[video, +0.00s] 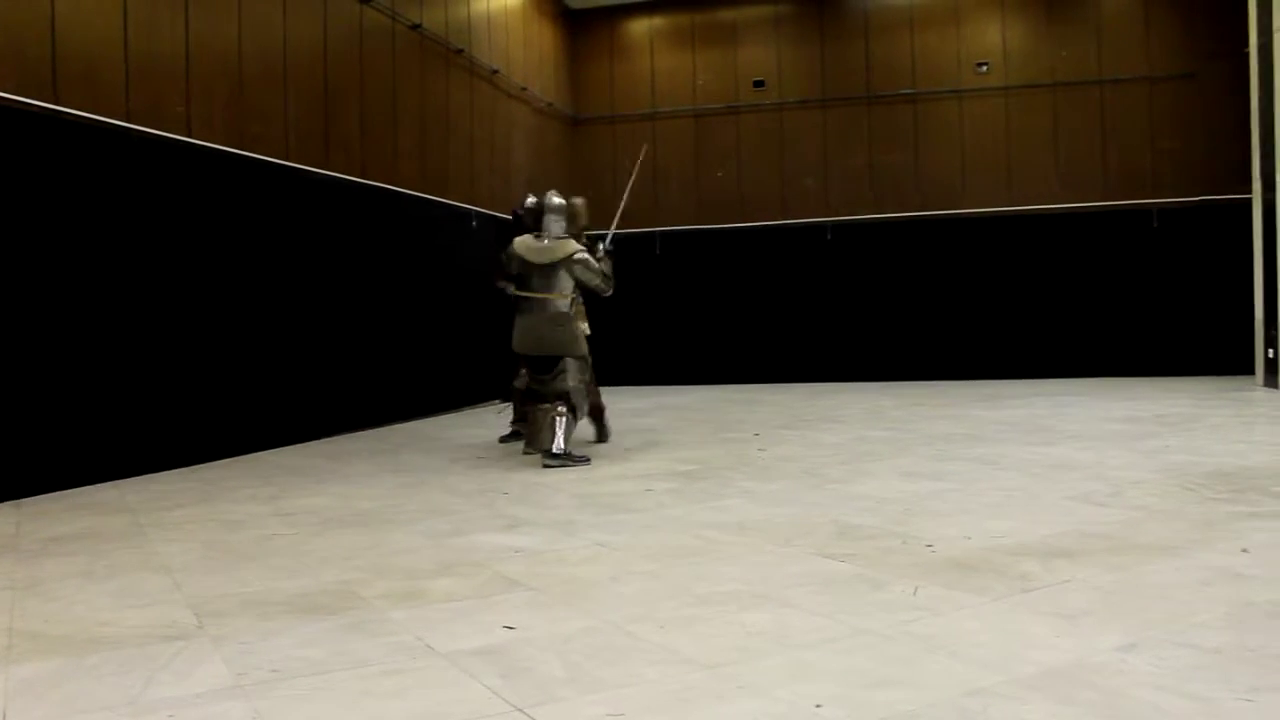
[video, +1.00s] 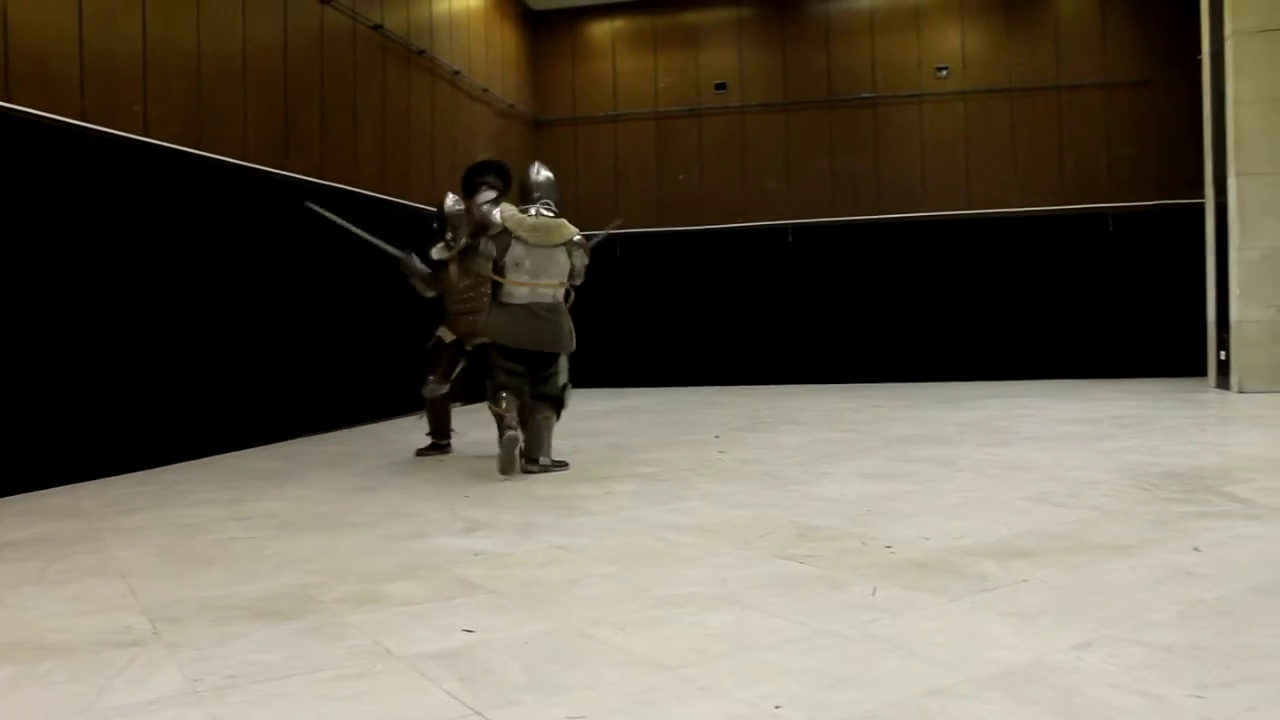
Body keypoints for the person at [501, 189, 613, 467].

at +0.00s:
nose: (561, 223)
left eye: (553, 218)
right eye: (564, 219)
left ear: (542, 218)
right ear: (568, 220)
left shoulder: (520, 249)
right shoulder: (571, 253)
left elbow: (505, 274)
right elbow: (603, 285)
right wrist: (603, 257)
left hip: (528, 331)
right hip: (561, 331)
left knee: (537, 380)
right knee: (573, 387)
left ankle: (534, 439)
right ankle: (558, 448)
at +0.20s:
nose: (530, 225)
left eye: (535, 219)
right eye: (527, 219)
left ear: (545, 221)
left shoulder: (509, 248)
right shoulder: (558, 248)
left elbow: (504, 271)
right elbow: (591, 256)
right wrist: (585, 227)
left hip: (523, 326)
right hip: (553, 325)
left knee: (527, 382)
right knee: (559, 383)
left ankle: (528, 438)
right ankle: (545, 445)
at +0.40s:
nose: (547, 203)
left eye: (541, 200)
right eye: (549, 198)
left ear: (524, 204)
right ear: (554, 202)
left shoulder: (510, 234)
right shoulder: (565, 231)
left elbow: (505, 259)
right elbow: (595, 250)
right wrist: (574, 210)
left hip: (523, 315)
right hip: (561, 315)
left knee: (524, 375)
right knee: (573, 372)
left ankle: (523, 439)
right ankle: (548, 445)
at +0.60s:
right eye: (559, 206)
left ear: (533, 209)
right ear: (562, 208)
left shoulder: (514, 240)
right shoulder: (575, 241)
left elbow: (490, 255)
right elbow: (603, 257)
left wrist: (493, 241)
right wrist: (584, 235)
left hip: (526, 324)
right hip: (566, 325)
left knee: (529, 382)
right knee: (585, 379)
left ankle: (524, 444)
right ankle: (571, 432)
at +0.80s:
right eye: (570, 201)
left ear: (544, 199)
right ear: (571, 202)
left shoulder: (522, 229)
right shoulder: (581, 235)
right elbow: (608, 260)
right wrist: (603, 238)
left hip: (526, 318)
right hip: (567, 321)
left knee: (521, 385)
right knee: (581, 386)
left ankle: (512, 449)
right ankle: (565, 449)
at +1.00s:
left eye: (529, 194)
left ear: (524, 194)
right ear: (555, 196)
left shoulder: (506, 225)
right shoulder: (567, 235)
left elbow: (481, 264)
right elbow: (577, 275)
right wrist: (583, 250)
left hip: (510, 319)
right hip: (551, 320)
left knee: (506, 378)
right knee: (547, 388)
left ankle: (510, 430)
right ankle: (538, 455)